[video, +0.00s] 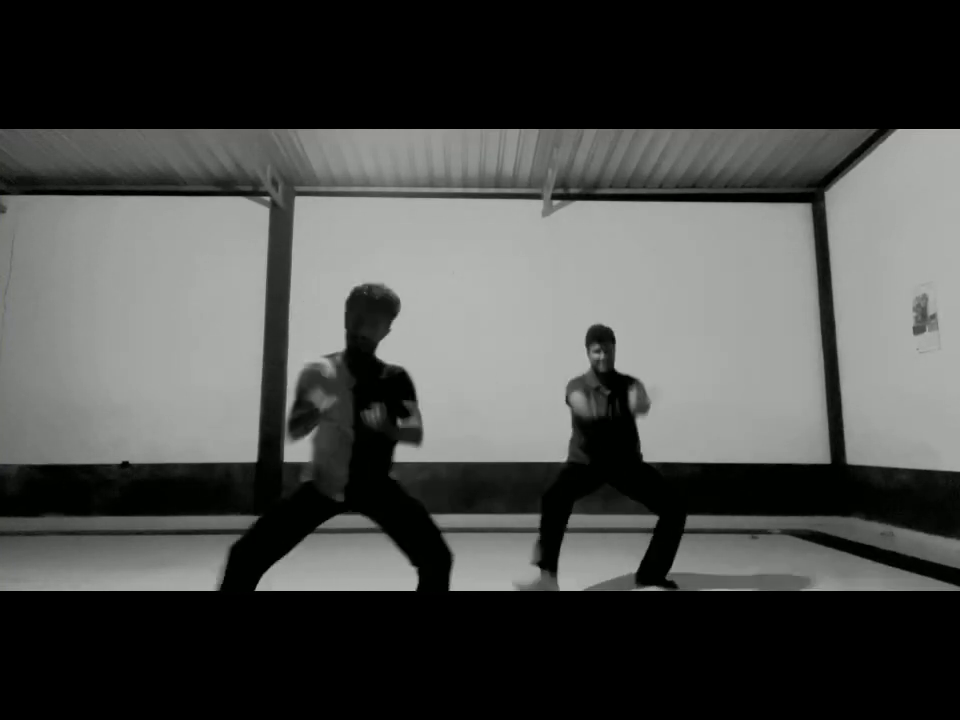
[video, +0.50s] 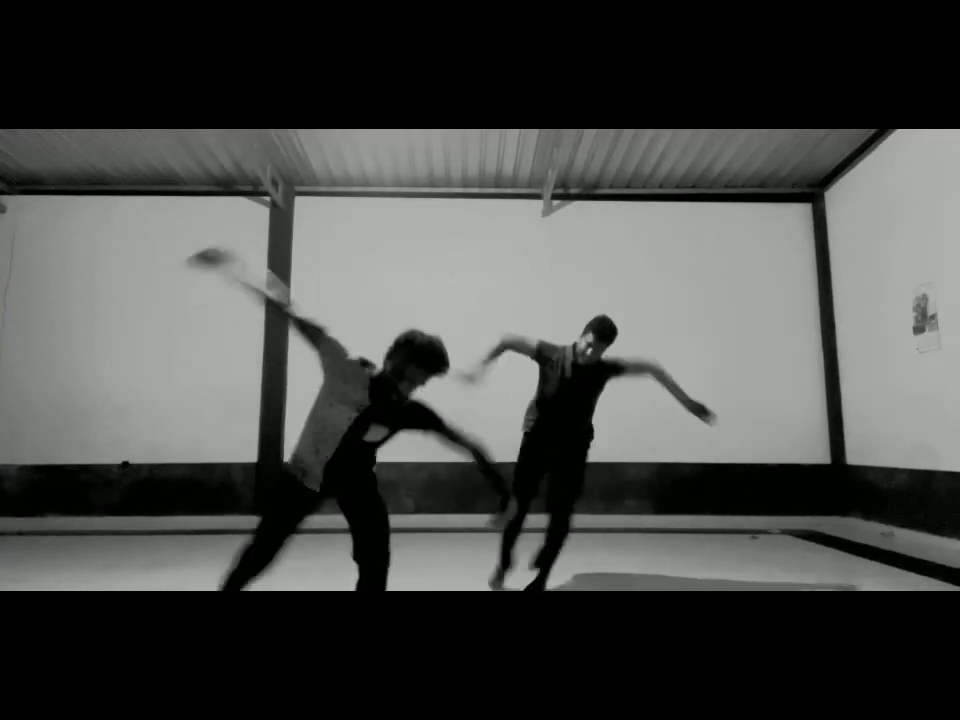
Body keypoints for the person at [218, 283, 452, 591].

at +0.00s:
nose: (365, 330)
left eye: (375, 323)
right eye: (360, 320)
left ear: (387, 328)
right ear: (348, 320)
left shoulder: (395, 378)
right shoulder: (320, 372)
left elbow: (416, 434)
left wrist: (389, 428)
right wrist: (316, 409)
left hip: (376, 489)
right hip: (324, 489)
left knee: (437, 561)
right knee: (245, 558)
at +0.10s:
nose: (356, 332)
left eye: (368, 327)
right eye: (352, 319)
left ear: (378, 334)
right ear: (339, 318)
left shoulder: (378, 384)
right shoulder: (297, 370)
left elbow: (423, 436)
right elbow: (268, 424)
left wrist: (405, 434)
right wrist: (289, 428)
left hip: (350, 490)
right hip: (294, 487)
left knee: (416, 560)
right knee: (214, 565)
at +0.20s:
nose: (375, 345)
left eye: (381, 339)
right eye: (375, 335)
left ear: (378, 343)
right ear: (354, 324)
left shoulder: (370, 385)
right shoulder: (290, 366)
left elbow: (413, 397)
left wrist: (424, 399)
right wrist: (260, 423)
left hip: (330, 490)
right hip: (274, 488)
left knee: (395, 557)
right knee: (202, 574)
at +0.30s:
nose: (386, 355)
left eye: (393, 350)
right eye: (386, 345)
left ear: (393, 348)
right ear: (368, 332)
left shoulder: (387, 376)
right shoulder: (310, 360)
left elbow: (445, 372)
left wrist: (443, 400)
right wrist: (245, 402)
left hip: (330, 480)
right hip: (278, 475)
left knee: (379, 555)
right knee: (213, 567)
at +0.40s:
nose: (402, 366)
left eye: (409, 361)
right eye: (400, 356)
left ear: (411, 360)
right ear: (383, 345)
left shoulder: (402, 385)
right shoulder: (334, 360)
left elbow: (467, 388)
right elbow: (265, 318)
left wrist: (475, 443)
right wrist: (218, 341)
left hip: (343, 473)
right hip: (294, 464)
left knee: (361, 559)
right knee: (240, 546)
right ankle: (204, 593)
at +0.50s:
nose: (417, 386)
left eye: (424, 382)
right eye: (417, 377)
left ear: (423, 381)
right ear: (399, 363)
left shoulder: (412, 414)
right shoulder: (344, 369)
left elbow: (466, 445)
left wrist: (500, 486)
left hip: (356, 480)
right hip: (308, 472)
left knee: (374, 561)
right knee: (262, 551)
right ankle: (228, 588)